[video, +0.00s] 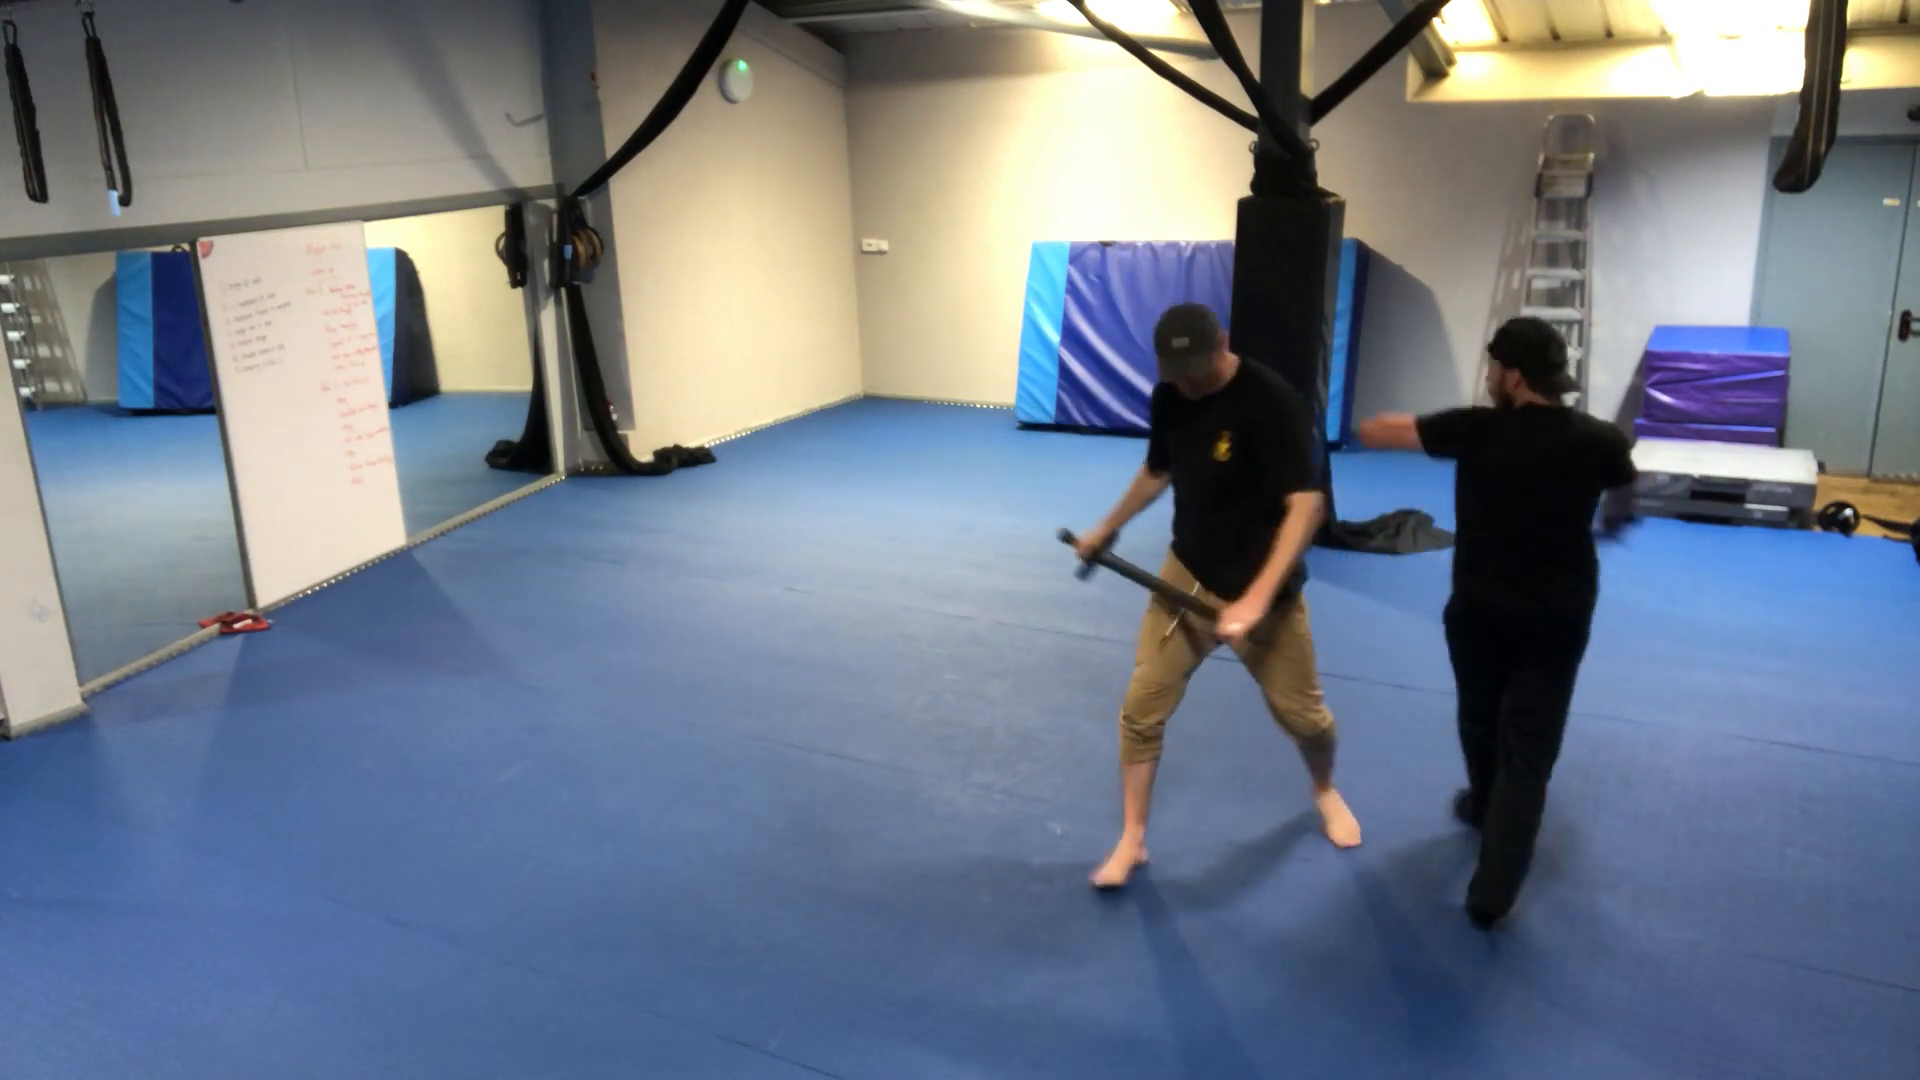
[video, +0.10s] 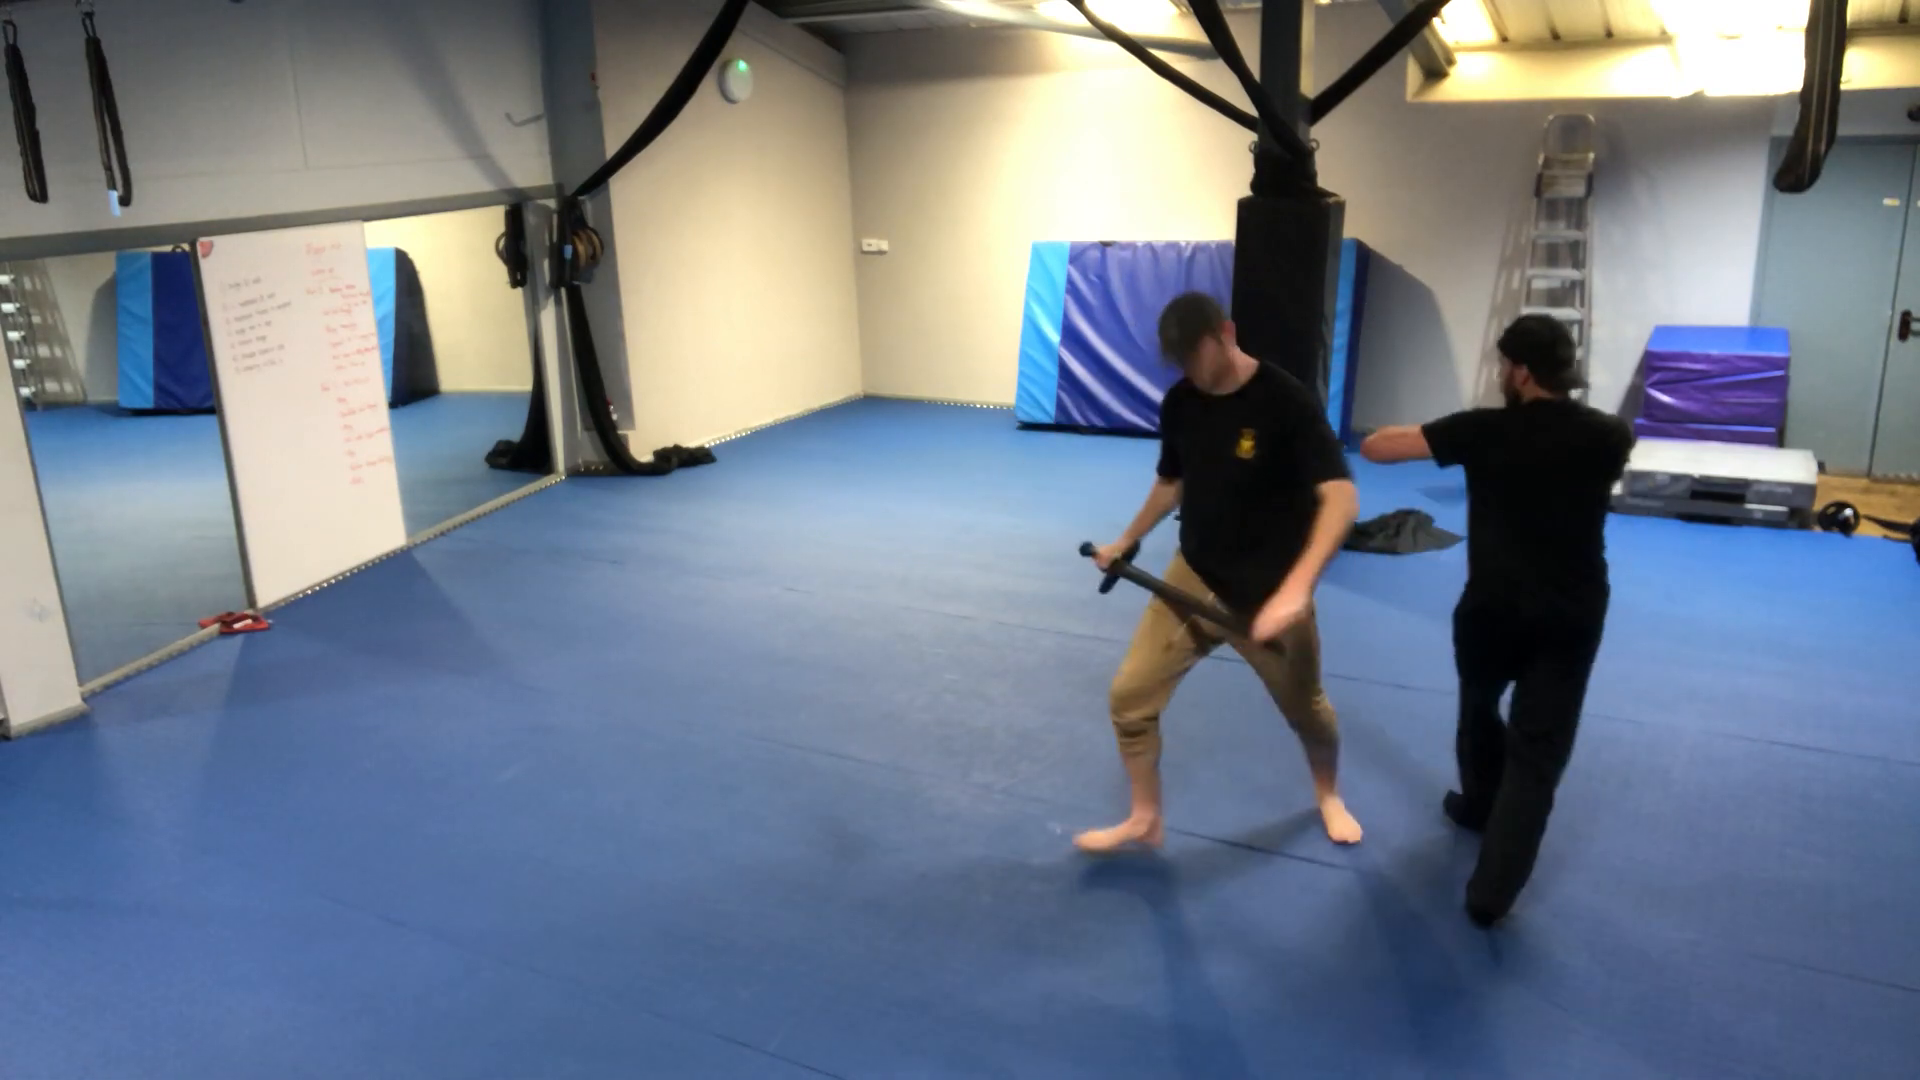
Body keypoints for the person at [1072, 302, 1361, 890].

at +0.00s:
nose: (1188, 382)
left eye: (1198, 370)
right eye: (1178, 373)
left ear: (1223, 346)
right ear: (1165, 363)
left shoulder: (1274, 401)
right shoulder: (1169, 399)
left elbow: (1307, 506)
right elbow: (1157, 471)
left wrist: (1255, 599)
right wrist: (1105, 530)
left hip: (1267, 582)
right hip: (1189, 572)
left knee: (1306, 719)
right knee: (1142, 707)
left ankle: (1325, 791)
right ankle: (1132, 837)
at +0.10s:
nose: (1186, 371)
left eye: (1191, 357)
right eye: (1179, 361)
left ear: (1226, 336)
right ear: (1175, 355)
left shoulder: (1289, 402)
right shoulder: (1181, 403)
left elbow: (1340, 498)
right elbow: (1170, 482)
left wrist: (1295, 590)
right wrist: (1125, 542)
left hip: (1274, 590)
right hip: (1196, 577)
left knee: (1306, 709)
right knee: (1130, 700)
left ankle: (1329, 796)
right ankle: (1144, 819)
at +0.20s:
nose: (1158, 337)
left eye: (1171, 325)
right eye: (1157, 326)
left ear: (1211, 332)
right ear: (1159, 334)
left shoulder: (1273, 400)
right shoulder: (1165, 405)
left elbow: (1358, 467)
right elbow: (1164, 479)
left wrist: (1368, 548)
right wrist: (1124, 542)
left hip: (1278, 589)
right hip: (1197, 570)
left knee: (1309, 703)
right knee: (1133, 687)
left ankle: (1328, 793)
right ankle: (1167, 798)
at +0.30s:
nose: (1118, 391)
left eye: (1127, 377)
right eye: (1117, 379)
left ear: (1169, 375)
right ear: (1156, 378)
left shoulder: (1244, 416)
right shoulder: (1144, 433)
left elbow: (1358, 438)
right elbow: (1149, 480)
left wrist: (1429, 524)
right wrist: (1114, 543)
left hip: (1279, 593)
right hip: (1199, 573)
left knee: (1312, 700)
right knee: (1138, 681)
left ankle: (1328, 791)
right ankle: (1178, 791)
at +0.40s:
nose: (1112, 481)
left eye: (1110, 470)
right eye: (1104, 476)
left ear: (1128, 442)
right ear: (1109, 456)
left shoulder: (1217, 441)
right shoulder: (1142, 472)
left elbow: (1337, 436)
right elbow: (1132, 510)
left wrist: (1436, 496)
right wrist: (1105, 562)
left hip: (1269, 606)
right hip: (1191, 594)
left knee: (1308, 716)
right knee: (1152, 716)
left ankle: (1327, 791)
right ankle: (1204, 825)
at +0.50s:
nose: (1096, 556)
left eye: (1091, 550)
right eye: (1088, 555)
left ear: (1095, 525)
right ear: (1093, 526)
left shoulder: (1180, 475)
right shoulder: (1106, 496)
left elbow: (1286, 446)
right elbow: (1124, 539)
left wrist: (1383, 488)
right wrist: (1097, 595)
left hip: (1250, 618)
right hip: (1177, 606)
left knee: (1261, 754)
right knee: (1145, 731)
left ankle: (1320, 771)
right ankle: (1209, 830)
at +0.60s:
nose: (1067, 577)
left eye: (1060, 572)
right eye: (1058, 575)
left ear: (1067, 547)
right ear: (1064, 543)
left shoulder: (1160, 493)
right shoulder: (1084, 515)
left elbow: (1261, 463)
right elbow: (1104, 563)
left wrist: (1323, 502)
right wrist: (1077, 634)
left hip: (1232, 619)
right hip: (1164, 615)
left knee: (1177, 758)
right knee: (1131, 743)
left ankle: (1254, 793)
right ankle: (1207, 833)